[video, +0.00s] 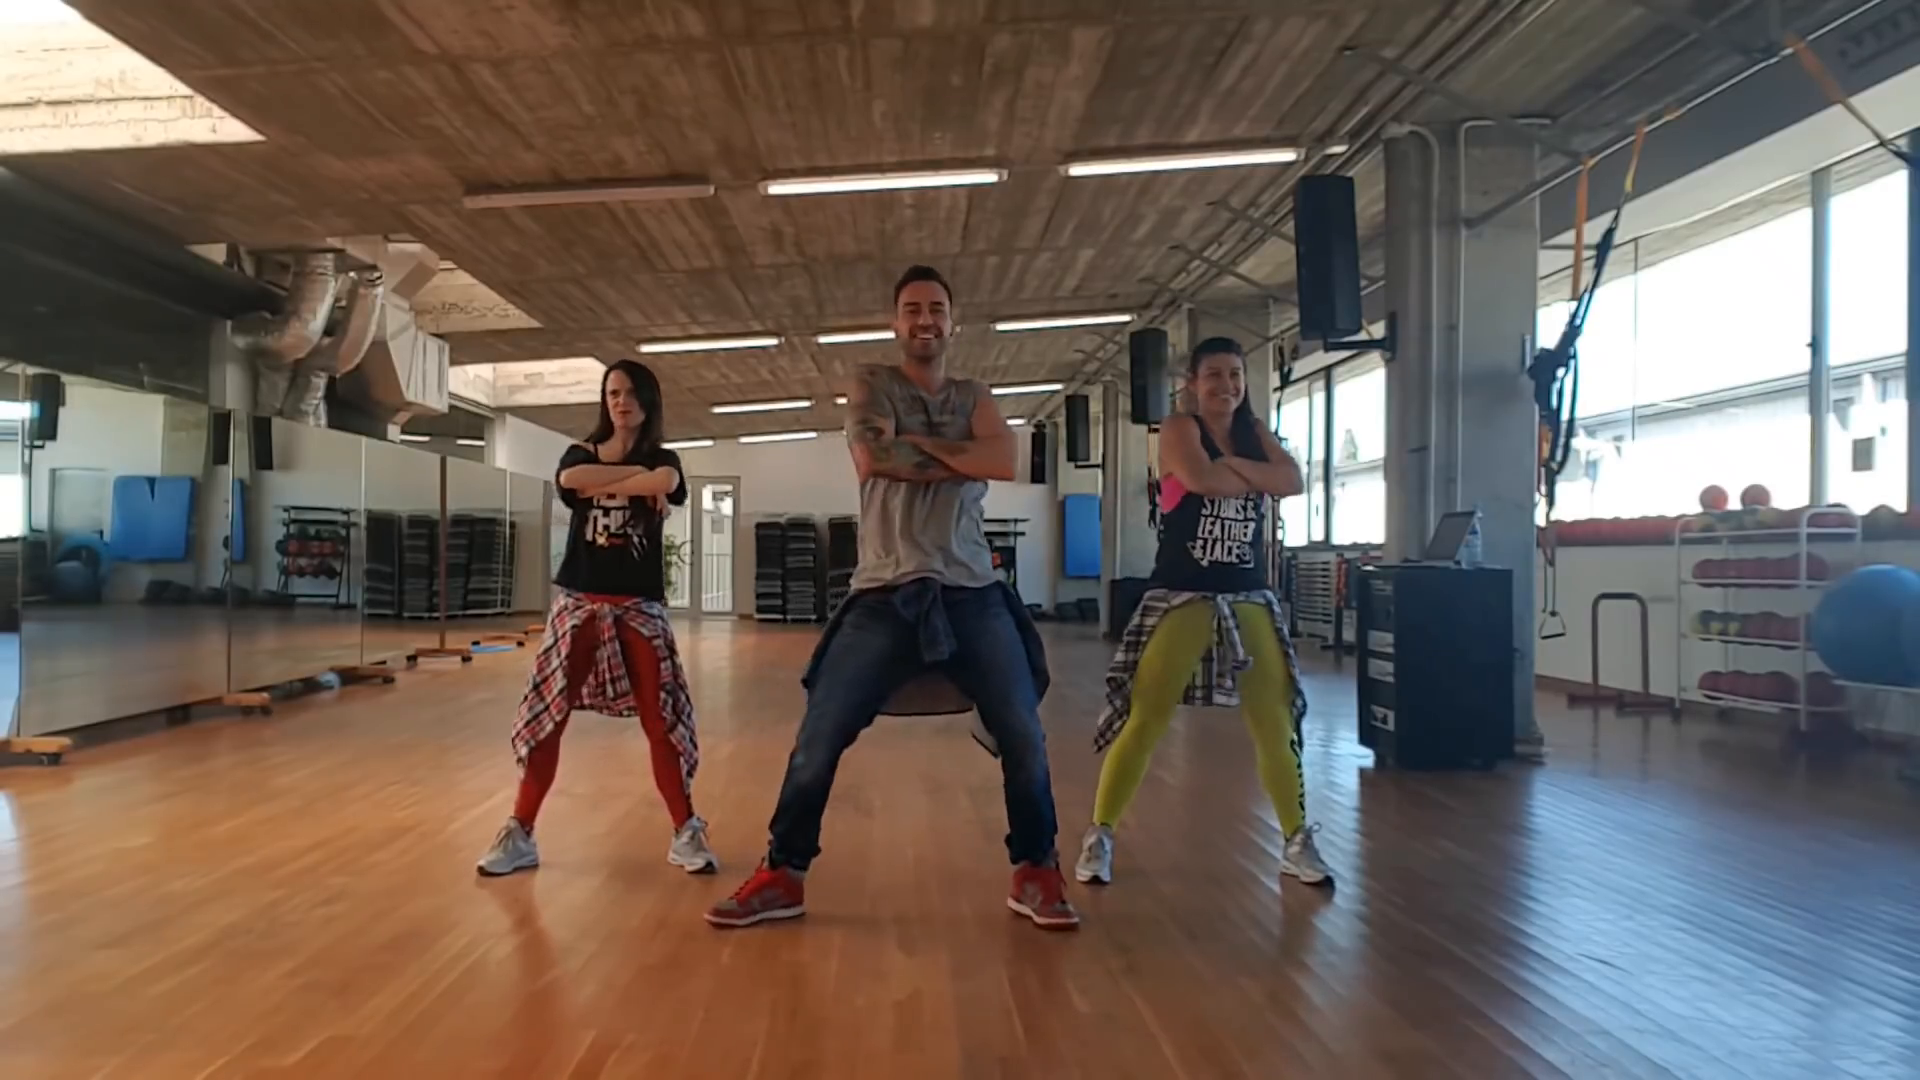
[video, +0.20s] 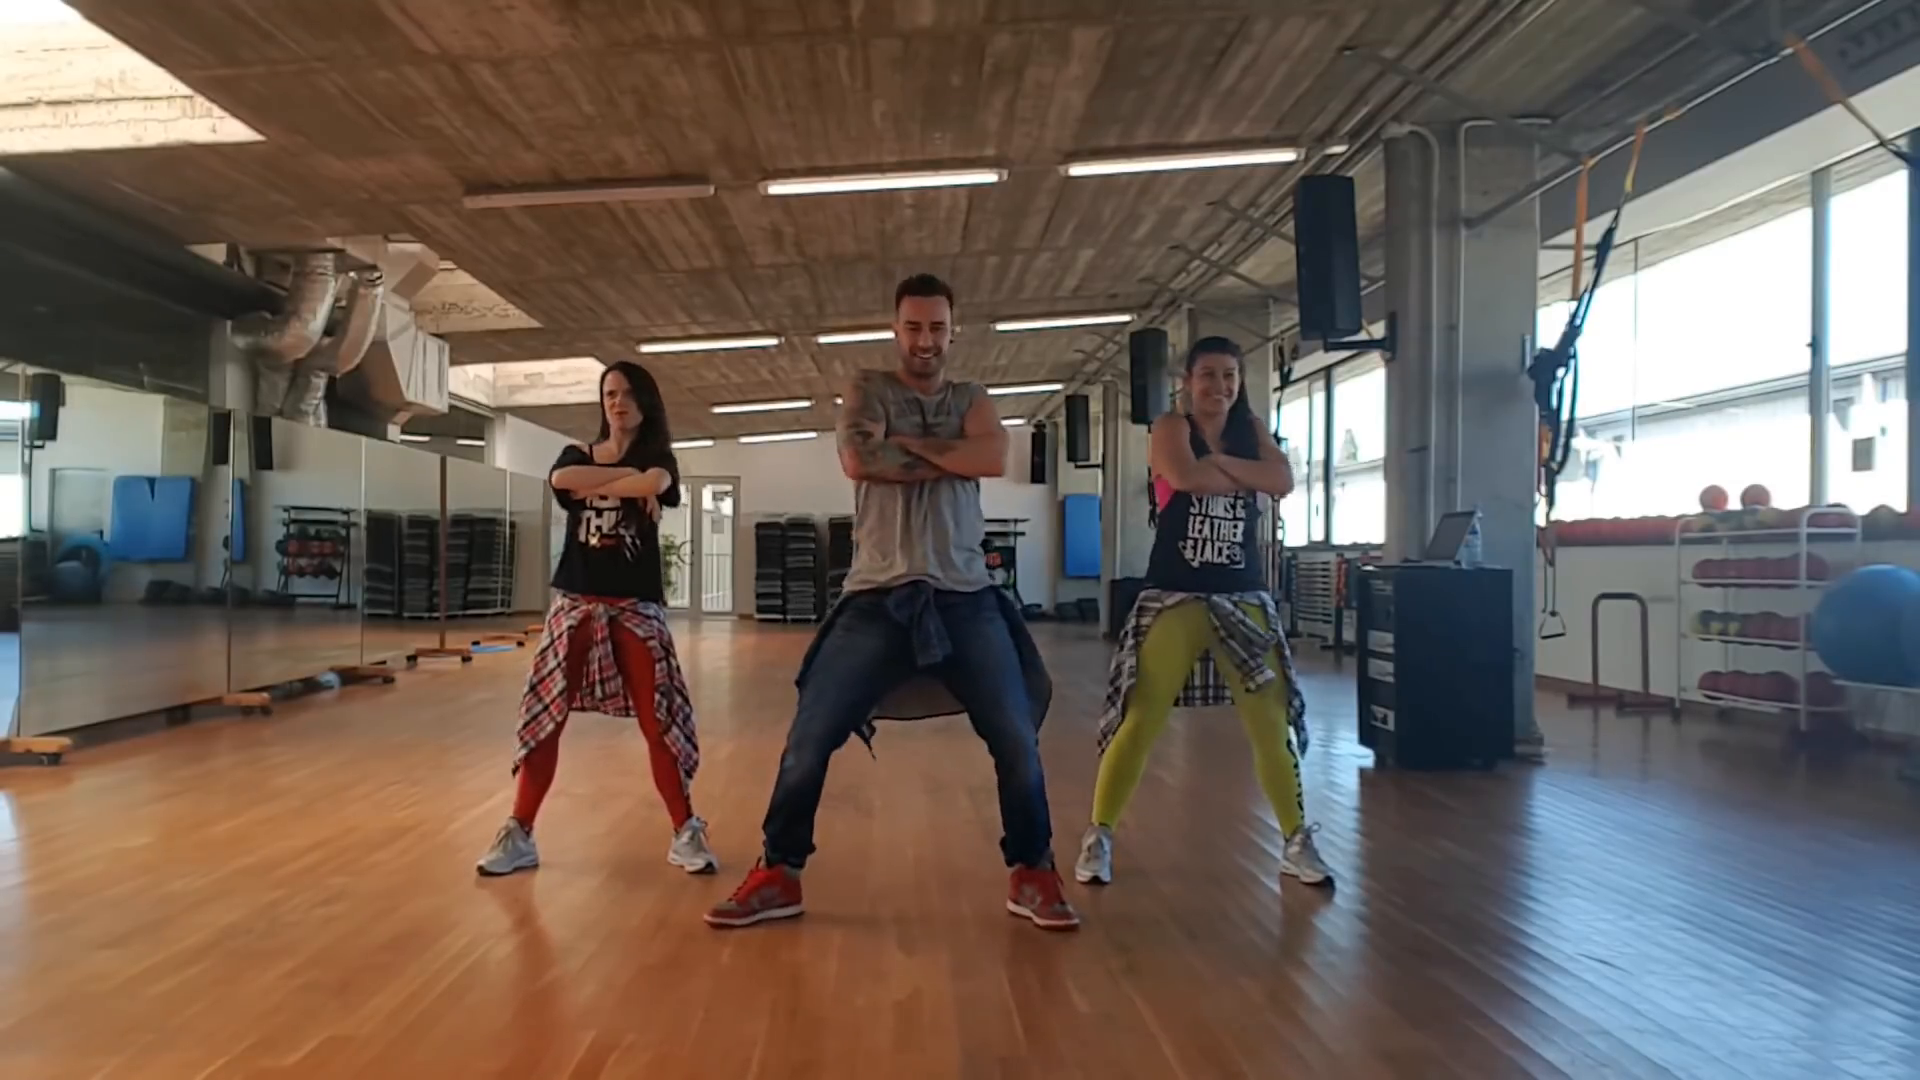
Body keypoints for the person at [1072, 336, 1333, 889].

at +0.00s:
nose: (1227, 383)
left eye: (1234, 374)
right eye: (1215, 375)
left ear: (1245, 383)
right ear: (1191, 384)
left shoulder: (1253, 430)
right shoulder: (1177, 429)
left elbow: (1292, 480)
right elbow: (1202, 480)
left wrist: (1229, 462)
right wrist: (1260, 479)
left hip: (1250, 595)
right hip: (1183, 595)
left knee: (1274, 719)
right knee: (1147, 718)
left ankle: (1297, 842)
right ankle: (1099, 837)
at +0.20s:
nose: (1218, 384)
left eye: (1227, 375)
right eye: (1208, 375)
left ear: (1240, 383)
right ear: (1187, 382)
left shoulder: (1251, 430)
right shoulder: (1169, 428)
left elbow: (1281, 480)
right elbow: (1184, 478)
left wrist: (1215, 458)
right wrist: (1250, 478)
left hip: (1244, 598)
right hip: (1175, 597)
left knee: (1270, 722)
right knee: (1144, 717)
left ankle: (1297, 842)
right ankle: (1098, 838)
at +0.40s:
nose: (1196, 383)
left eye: (1207, 374)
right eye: (1187, 373)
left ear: (1221, 382)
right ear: (1169, 380)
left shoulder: (1234, 424)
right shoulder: (1152, 431)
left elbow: (1237, 469)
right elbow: (1133, 482)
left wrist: (1166, 460)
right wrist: (1210, 469)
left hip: (1230, 591)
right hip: (1160, 590)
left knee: (1262, 715)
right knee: (1134, 715)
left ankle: (1297, 840)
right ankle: (1097, 837)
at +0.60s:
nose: (1189, 382)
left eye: (1199, 374)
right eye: (1179, 373)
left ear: (1213, 383)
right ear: (1161, 382)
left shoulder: (1224, 424)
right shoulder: (1145, 435)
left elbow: (1219, 472)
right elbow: (1121, 492)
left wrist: (1151, 472)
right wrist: (1192, 478)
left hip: (1223, 594)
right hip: (1155, 593)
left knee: (1256, 721)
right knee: (1128, 718)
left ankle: (1295, 841)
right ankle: (1097, 838)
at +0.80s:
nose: (1205, 383)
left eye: (1215, 375)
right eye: (1195, 375)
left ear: (1228, 382)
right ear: (1176, 382)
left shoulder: (1244, 427)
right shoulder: (1158, 430)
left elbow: (1259, 472)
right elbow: (1153, 478)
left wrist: (1189, 461)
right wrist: (1227, 471)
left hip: (1234, 592)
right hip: (1166, 592)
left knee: (1267, 716)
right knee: (1137, 718)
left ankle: (1297, 841)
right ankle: (1098, 837)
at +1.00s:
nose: (1225, 380)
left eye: (1233, 372)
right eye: (1214, 372)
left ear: (1245, 382)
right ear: (1193, 382)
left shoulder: (1253, 432)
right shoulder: (1181, 426)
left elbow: (1292, 484)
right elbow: (1202, 481)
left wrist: (1231, 466)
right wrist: (1260, 483)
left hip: (1249, 598)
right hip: (1182, 598)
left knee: (1275, 723)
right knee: (1146, 721)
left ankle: (1297, 842)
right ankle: (1099, 838)